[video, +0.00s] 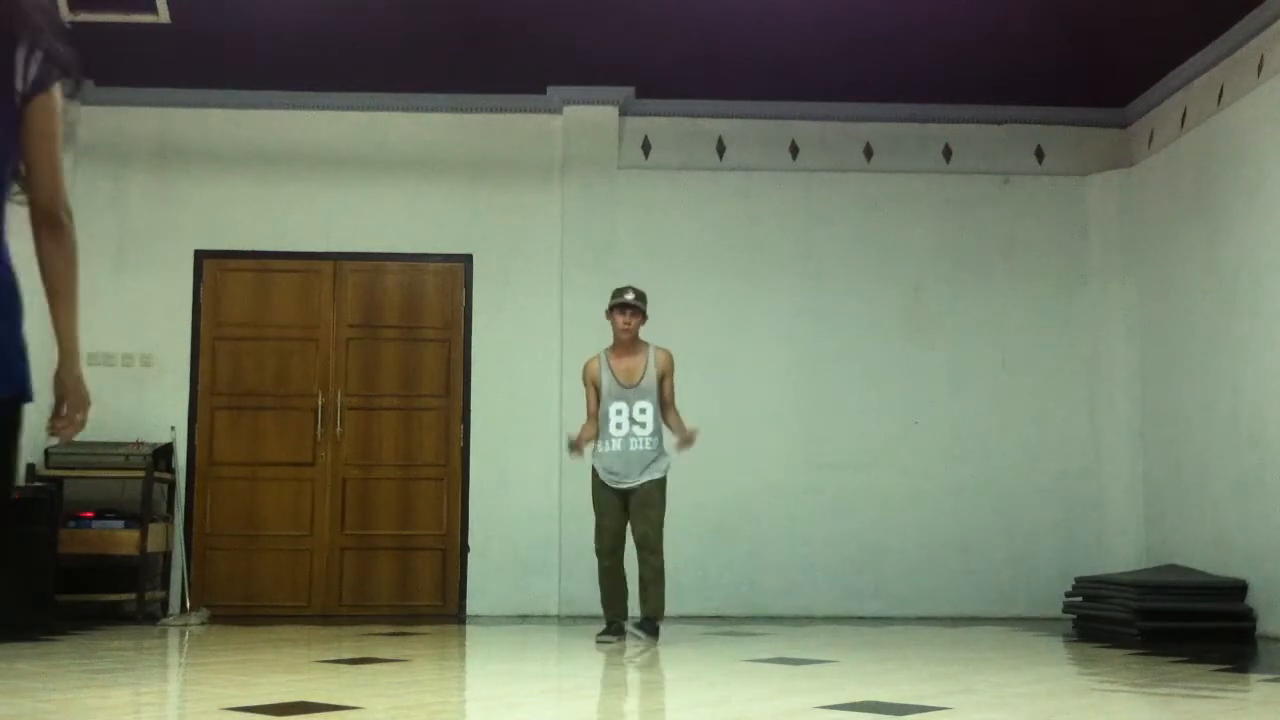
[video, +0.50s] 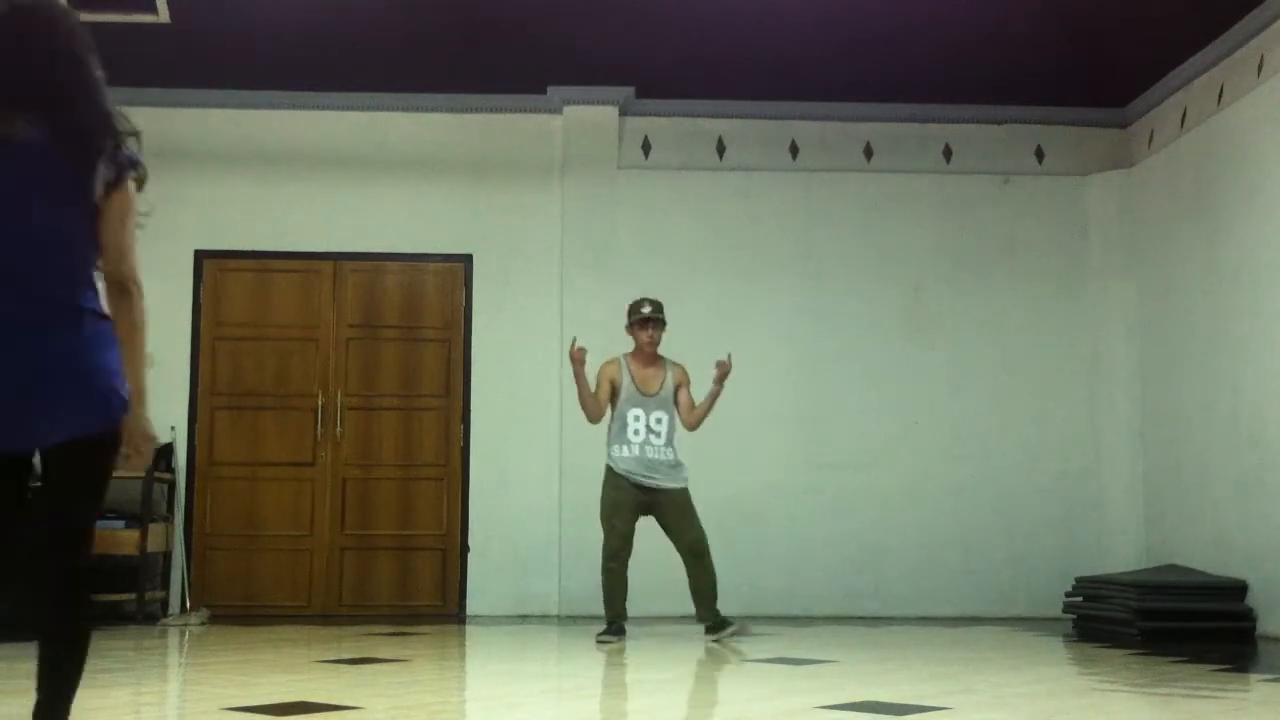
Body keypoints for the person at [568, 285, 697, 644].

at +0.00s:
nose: (626, 317)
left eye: (634, 312)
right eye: (620, 311)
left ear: (643, 318)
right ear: (610, 316)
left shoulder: (660, 359)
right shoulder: (594, 367)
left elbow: (668, 407)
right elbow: (592, 419)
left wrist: (681, 431)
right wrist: (582, 438)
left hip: (648, 472)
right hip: (607, 473)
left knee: (648, 546)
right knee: (608, 550)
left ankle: (650, 621)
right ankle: (614, 622)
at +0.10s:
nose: (628, 320)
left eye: (635, 315)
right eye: (622, 313)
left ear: (645, 320)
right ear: (612, 317)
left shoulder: (661, 359)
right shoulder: (594, 364)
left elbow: (670, 409)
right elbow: (589, 421)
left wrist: (697, 411)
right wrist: (573, 412)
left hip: (650, 470)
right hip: (607, 472)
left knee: (652, 544)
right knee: (608, 549)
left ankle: (657, 616)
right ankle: (613, 623)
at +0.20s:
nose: (636, 325)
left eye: (643, 320)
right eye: (630, 318)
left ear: (651, 325)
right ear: (618, 319)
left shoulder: (660, 366)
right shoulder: (595, 365)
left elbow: (676, 416)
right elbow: (580, 419)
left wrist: (707, 394)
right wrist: (567, 392)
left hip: (653, 472)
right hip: (609, 473)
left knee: (663, 540)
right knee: (609, 549)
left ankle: (676, 615)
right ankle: (614, 624)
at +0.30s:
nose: (642, 327)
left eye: (650, 322)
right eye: (637, 319)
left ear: (656, 327)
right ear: (624, 319)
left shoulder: (662, 366)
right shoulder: (598, 364)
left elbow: (677, 415)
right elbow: (580, 413)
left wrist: (710, 385)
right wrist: (568, 378)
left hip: (657, 473)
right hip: (612, 473)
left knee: (678, 538)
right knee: (611, 549)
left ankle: (695, 612)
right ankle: (614, 624)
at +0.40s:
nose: (646, 326)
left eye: (653, 321)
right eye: (640, 318)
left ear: (659, 326)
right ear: (627, 320)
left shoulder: (667, 367)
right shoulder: (604, 364)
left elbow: (682, 416)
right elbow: (586, 411)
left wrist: (712, 382)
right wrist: (573, 372)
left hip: (662, 474)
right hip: (617, 475)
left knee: (690, 541)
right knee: (614, 549)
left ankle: (707, 613)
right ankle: (615, 623)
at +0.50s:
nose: (650, 331)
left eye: (655, 324)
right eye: (642, 325)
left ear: (663, 329)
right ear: (631, 329)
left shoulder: (676, 373)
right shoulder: (612, 369)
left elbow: (691, 420)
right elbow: (594, 413)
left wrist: (717, 385)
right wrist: (578, 371)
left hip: (667, 480)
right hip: (622, 478)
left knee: (695, 545)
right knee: (616, 549)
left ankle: (710, 617)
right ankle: (615, 622)